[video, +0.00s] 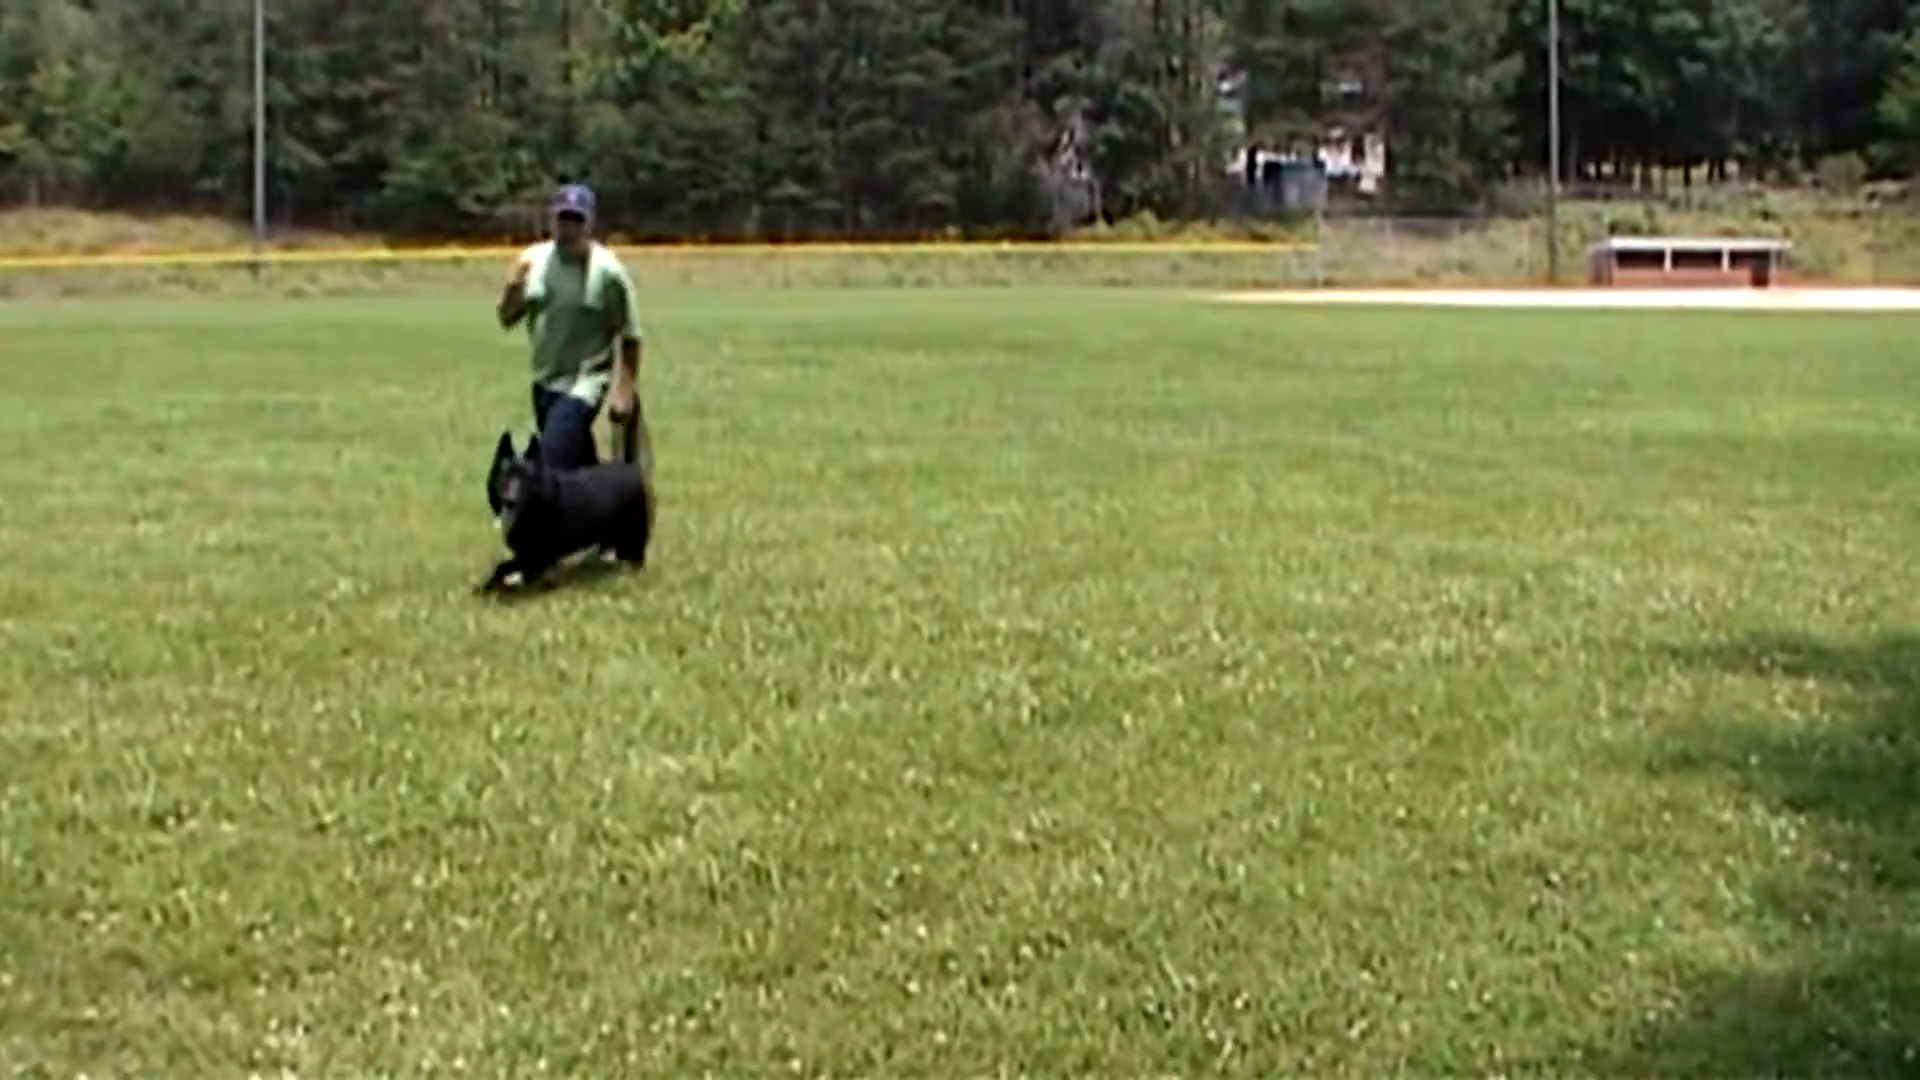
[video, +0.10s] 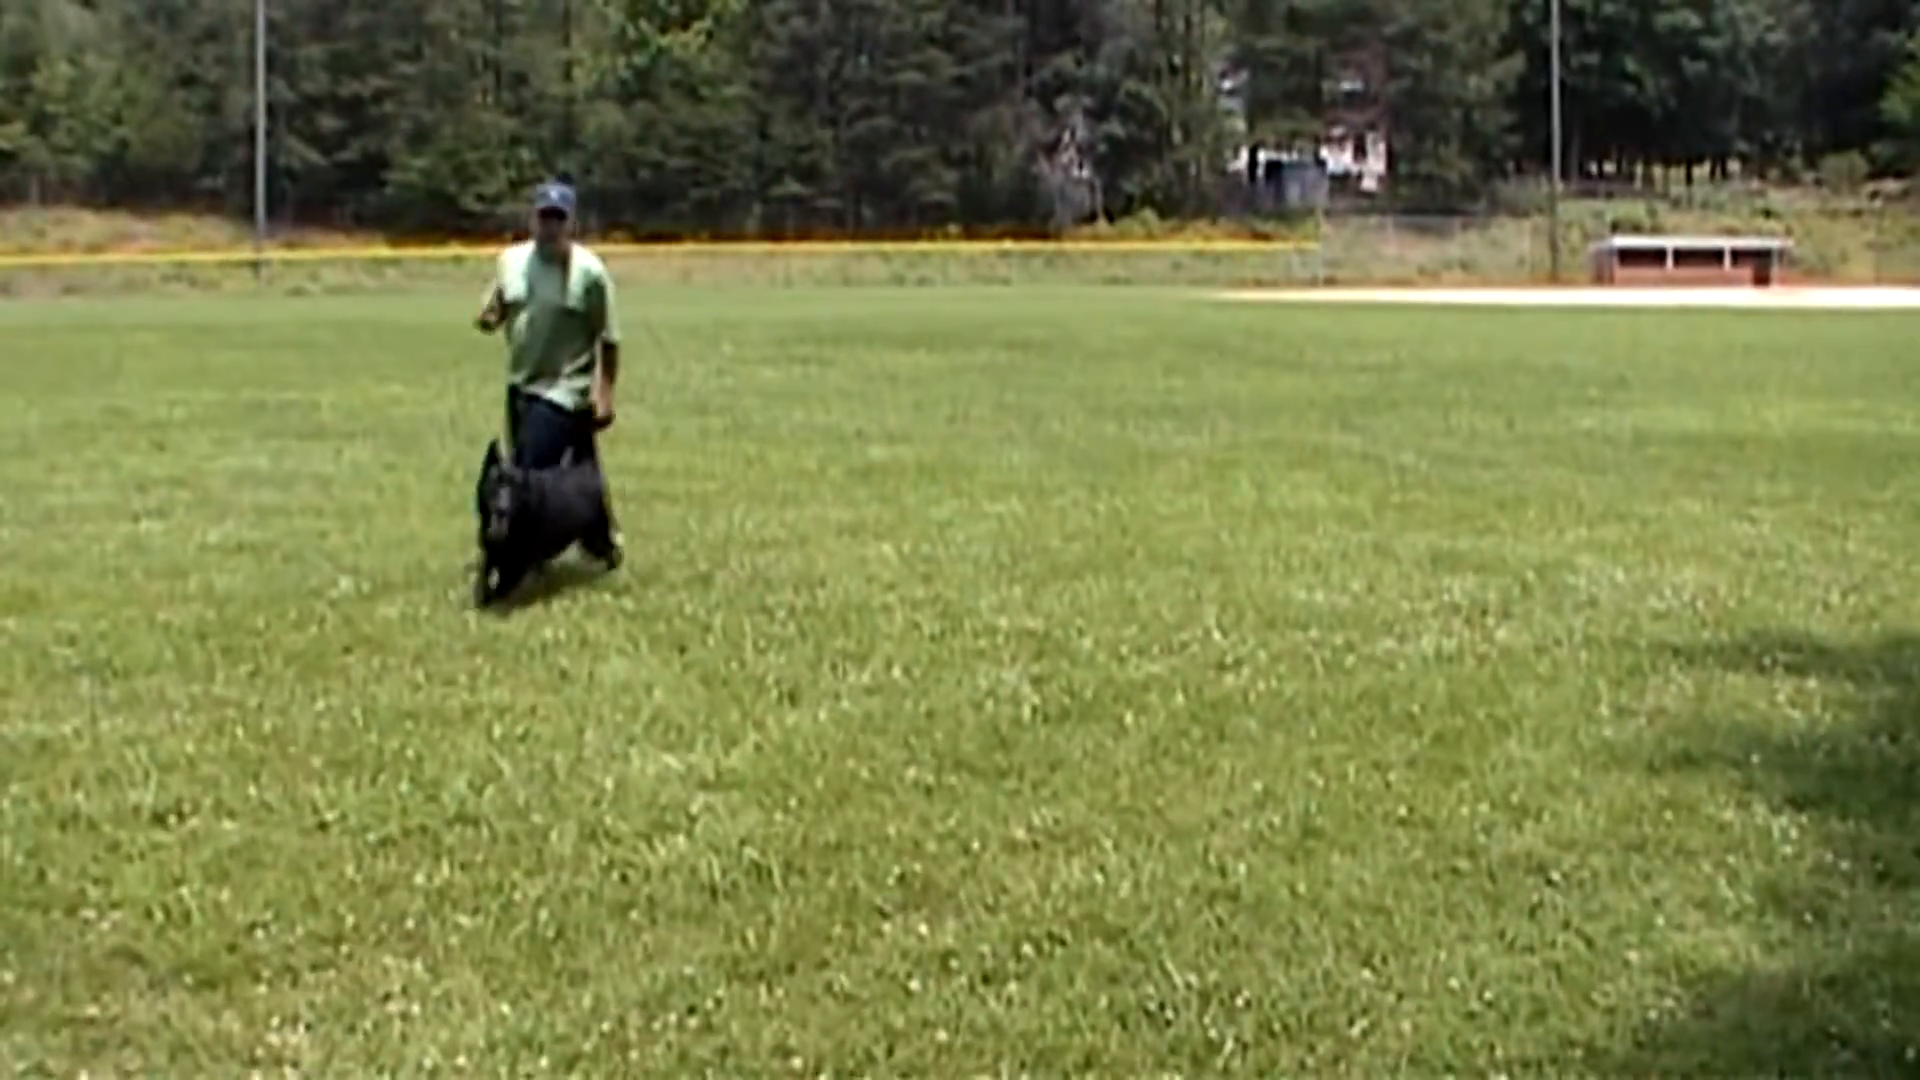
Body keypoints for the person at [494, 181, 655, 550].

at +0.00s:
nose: (569, 228)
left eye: (577, 220)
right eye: (563, 219)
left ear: (589, 225)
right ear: (552, 222)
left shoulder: (608, 272)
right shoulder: (537, 260)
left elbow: (629, 335)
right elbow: (508, 319)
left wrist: (625, 388)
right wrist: (514, 287)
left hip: (588, 377)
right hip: (547, 376)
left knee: (550, 452)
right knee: (578, 463)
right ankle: (601, 534)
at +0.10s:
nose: (549, 226)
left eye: (558, 218)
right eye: (543, 217)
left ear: (571, 223)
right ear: (533, 220)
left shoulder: (589, 272)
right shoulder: (513, 261)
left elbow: (607, 337)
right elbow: (494, 316)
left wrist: (605, 391)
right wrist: (493, 313)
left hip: (568, 384)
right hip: (524, 381)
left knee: (533, 468)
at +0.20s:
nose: (528, 218)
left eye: (536, 209)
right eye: (521, 208)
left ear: (549, 213)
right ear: (509, 210)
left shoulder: (570, 264)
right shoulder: (489, 253)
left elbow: (586, 332)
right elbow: (469, 304)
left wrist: (582, 387)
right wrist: (449, 345)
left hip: (548, 378)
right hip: (499, 373)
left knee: (521, 465)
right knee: (479, 454)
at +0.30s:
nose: (484, 204)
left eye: (492, 195)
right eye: (477, 194)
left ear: (505, 200)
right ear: (464, 198)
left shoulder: (528, 252)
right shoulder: (442, 246)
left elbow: (541, 322)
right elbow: (420, 310)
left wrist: (527, 375)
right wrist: (398, 366)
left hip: (503, 375)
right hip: (452, 368)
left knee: (496, 468)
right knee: (424, 452)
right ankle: (460, 513)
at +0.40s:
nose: (443, 195)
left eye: (451, 185)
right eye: (435, 185)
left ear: (463, 189)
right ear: (420, 188)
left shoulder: (487, 243)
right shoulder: (395, 238)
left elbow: (501, 309)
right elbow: (375, 301)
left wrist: (479, 362)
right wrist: (354, 357)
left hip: (458, 370)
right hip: (405, 362)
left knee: (455, 468)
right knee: (386, 451)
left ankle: (453, 550)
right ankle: (394, 544)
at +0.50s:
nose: (402, 194)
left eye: (411, 184)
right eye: (394, 184)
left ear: (424, 188)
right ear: (378, 187)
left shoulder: (449, 241)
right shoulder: (357, 238)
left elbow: (464, 306)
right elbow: (337, 297)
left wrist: (439, 354)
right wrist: (314, 353)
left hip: (426, 372)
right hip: (371, 365)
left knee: (420, 477)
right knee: (357, 462)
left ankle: (411, 558)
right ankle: (344, 555)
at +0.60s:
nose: (360, 191)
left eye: (369, 181)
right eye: (351, 180)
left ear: (381, 186)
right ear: (334, 185)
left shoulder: (405, 240)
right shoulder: (311, 239)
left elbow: (422, 308)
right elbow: (293, 301)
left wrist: (401, 362)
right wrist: (269, 359)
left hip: (383, 375)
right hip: (329, 369)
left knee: (385, 474)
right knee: (322, 470)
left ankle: (399, 554)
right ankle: (313, 566)